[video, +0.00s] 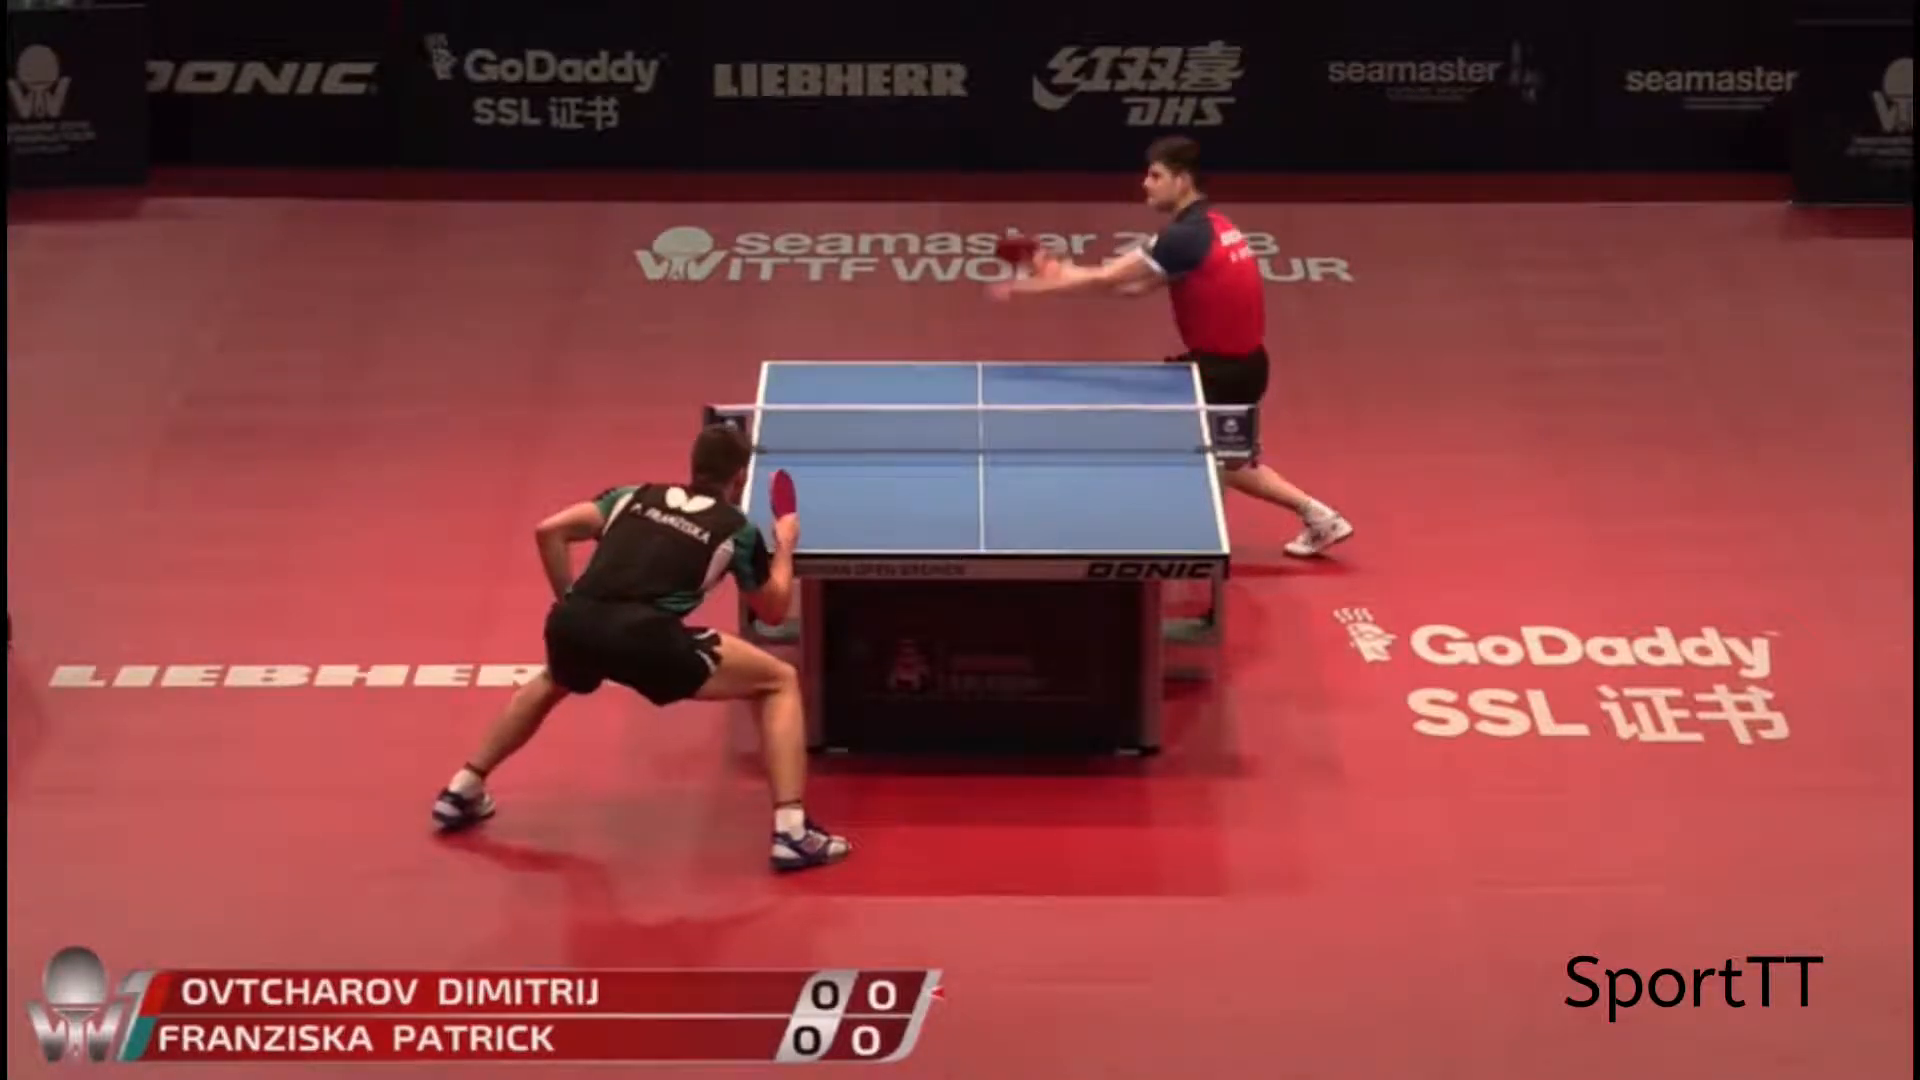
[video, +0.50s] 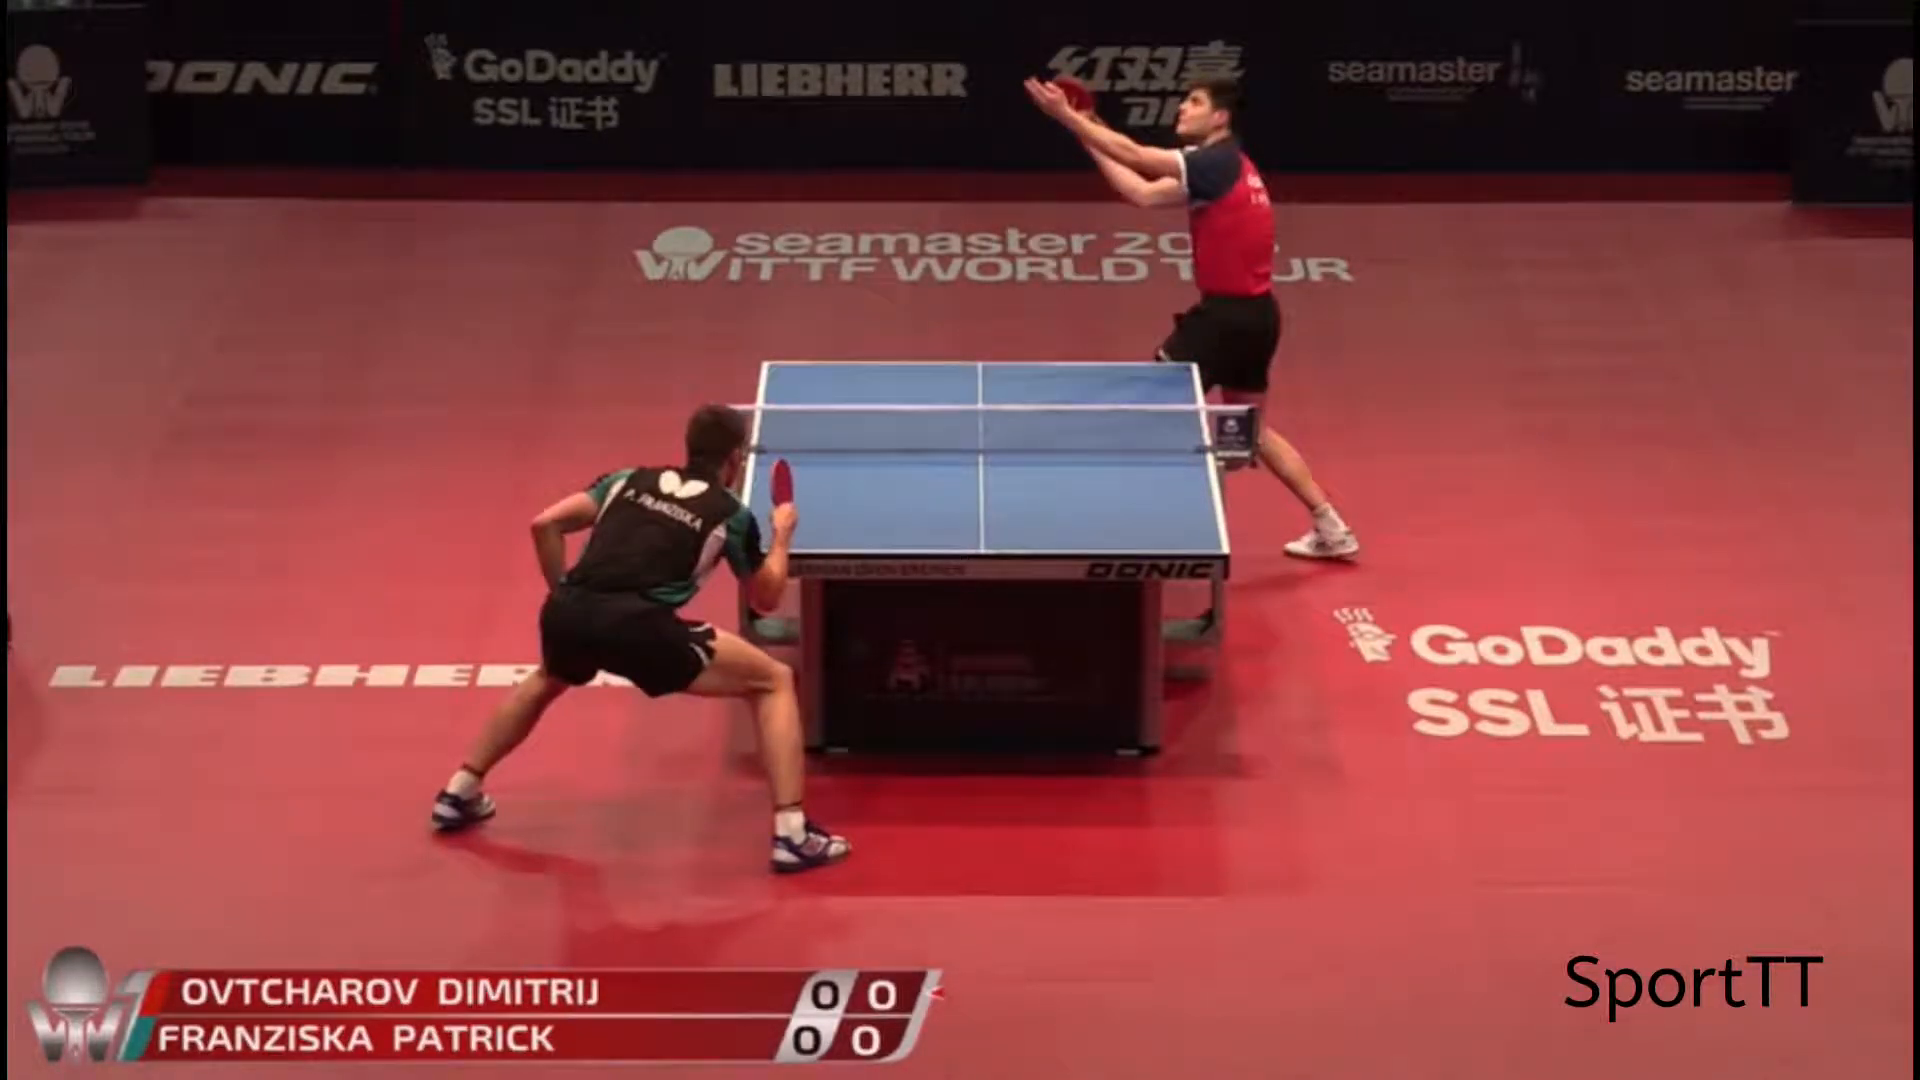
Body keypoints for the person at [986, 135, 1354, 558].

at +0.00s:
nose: (1145, 184)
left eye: (1154, 176)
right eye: (1147, 175)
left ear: (1180, 181)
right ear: (1182, 183)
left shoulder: (1188, 234)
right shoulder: (1210, 223)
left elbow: (1112, 276)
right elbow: (1139, 283)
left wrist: (1053, 278)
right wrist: (1070, 273)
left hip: (1223, 369)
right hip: (1238, 364)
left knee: (1230, 467)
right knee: (1232, 466)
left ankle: (1319, 516)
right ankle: (1318, 517)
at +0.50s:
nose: (1181, 110)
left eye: (1192, 103)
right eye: (1184, 101)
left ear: (1220, 117)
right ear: (1217, 120)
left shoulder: (1216, 161)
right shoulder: (1229, 165)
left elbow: (1136, 155)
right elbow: (1144, 192)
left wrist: (1068, 115)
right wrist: (1088, 137)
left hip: (1225, 315)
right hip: (1253, 315)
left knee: (1145, 406)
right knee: (1250, 430)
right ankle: (1330, 525)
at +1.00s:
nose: (1205, 102)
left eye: (1217, 95)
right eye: (1209, 94)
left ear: (1244, 109)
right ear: (1246, 113)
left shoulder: (1234, 151)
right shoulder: (1285, 165)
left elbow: (1201, 194)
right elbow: (1310, 247)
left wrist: (1137, 202)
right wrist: (1326, 282)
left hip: (1245, 303)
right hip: (1287, 306)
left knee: (1163, 386)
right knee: (1275, 423)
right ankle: (1334, 531)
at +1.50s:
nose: (1106, 207)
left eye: (1114, 198)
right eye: (1101, 199)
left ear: (1139, 191)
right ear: (1095, 199)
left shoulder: (1167, 227)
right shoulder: (1120, 212)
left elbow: (1235, 272)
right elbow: (1074, 229)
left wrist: (1187, 288)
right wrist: (1091, 251)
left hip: (1216, 323)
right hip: (1180, 319)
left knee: (1166, 403)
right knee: (1139, 387)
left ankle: (1247, 445)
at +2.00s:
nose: (1084, 179)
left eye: (1093, 168)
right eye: (1078, 170)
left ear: (1116, 162)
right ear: (1071, 170)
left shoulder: (1162, 195)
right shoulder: (1071, 210)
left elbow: (1216, 242)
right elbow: (1043, 267)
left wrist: (1164, 268)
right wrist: (1028, 291)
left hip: (1163, 314)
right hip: (1097, 313)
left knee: (1221, 401)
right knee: (1039, 388)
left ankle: (1259, 494)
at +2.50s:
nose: (1103, 243)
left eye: (1110, 234)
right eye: (1094, 234)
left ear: (1122, 228)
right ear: (1080, 230)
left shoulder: (1137, 244)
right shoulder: (1064, 257)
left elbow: (1162, 280)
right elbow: (1040, 304)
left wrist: (1171, 292)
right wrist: (1068, 315)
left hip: (1116, 332)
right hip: (1063, 339)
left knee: (1219, 389)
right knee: (1058, 403)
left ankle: (1266, 486)